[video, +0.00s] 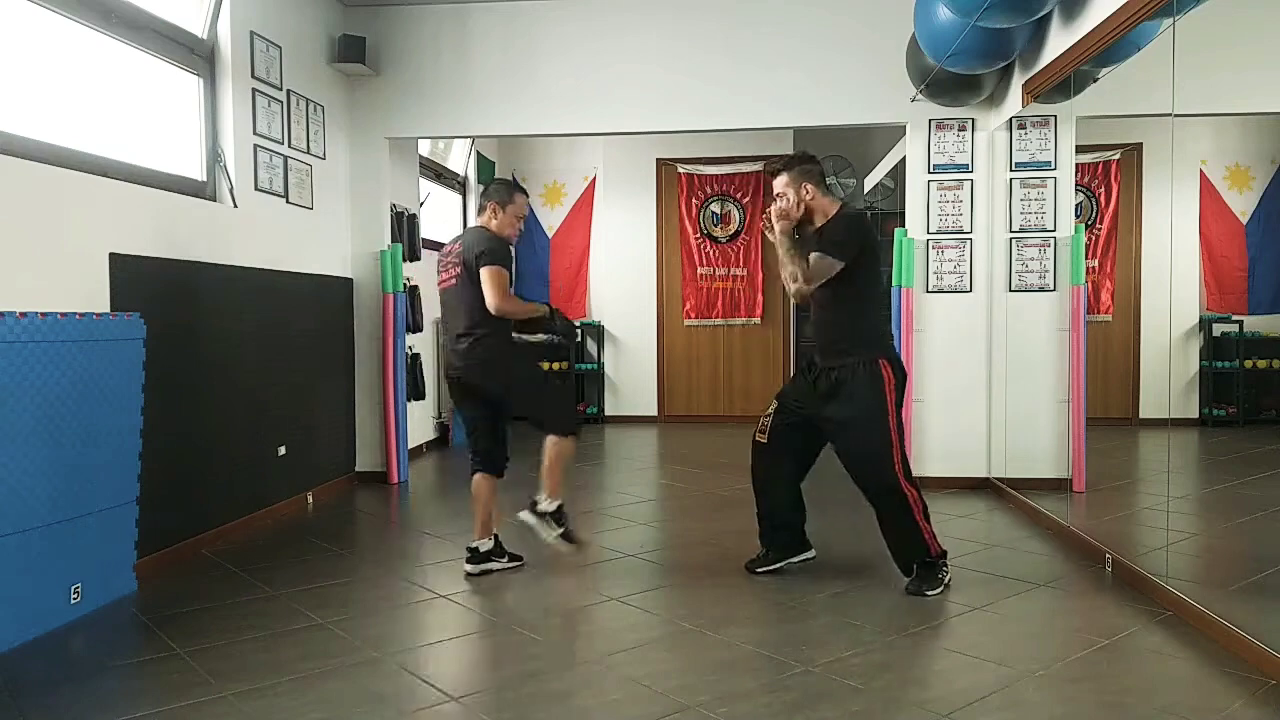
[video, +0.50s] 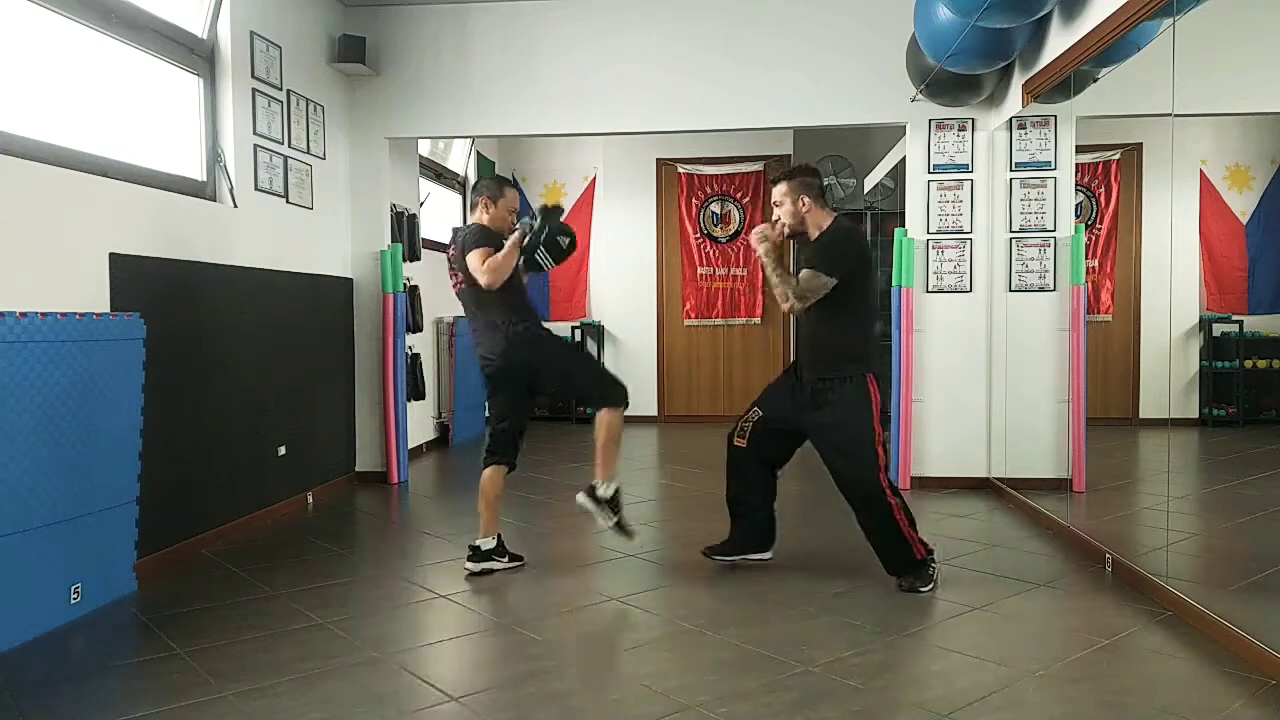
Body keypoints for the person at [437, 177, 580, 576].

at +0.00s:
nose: (520, 229)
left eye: (523, 221)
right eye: (517, 219)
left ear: (488, 213)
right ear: (492, 209)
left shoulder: (456, 246)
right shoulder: (488, 242)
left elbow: (472, 309)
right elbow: (498, 302)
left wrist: (528, 316)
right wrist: (542, 309)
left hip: (460, 366)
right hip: (491, 361)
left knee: (487, 455)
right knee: (563, 415)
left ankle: (483, 547)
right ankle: (549, 505)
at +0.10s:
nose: (516, 225)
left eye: (517, 217)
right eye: (512, 216)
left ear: (483, 211)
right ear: (488, 208)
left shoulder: (461, 243)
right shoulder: (482, 239)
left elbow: (485, 304)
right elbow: (499, 295)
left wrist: (536, 301)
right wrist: (545, 296)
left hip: (469, 356)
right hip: (495, 347)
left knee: (496, 449)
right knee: (594, 360)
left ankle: (484, 547)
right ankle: (632, 440)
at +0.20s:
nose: (513, 223)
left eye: (514, 216)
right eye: (508, 214)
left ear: (480, 212)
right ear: (484, 208)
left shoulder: (460, 244)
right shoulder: (477, 240)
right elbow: (502, 293)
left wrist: (542, 289)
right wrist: (547, 278)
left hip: (481, 356)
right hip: (507, 335)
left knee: (500, 448)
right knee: (604, 319)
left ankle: (485, 547)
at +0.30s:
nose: (509, 225)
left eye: (511, 217)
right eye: (504, 215)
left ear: (479, 212)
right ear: (479, 209)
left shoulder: (464, 248)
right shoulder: (471, 243)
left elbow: (498, 302)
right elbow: (499, 295)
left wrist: (546, 286)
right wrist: (549, 275)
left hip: (491, 354)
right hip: (511, 335)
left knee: (506, 449)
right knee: (609, 304)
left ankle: (487, 545)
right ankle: (688, 344)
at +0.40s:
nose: (508, 225)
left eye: (510, 217)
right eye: (504, 215)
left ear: (479, 212)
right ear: (478, 209)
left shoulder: (478, 248)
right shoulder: (465, 242)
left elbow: (500, 293)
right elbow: (478, 295)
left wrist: (538, 272)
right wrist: (523, 267)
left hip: (501, 356)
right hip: (523, 339)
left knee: (505, 452)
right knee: (621, 331)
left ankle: (486, 544)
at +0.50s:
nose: (514, 220)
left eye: (516, 214)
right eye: (511, 212)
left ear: (483, 209)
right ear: (485, 205)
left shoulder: (468, 241)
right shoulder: (476, 235)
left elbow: (511, 271)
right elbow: (487, 275)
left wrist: (540, 243)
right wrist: (520, 236)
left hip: (496, 355)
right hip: (525, 344)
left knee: (499, 450)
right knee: (612, 395)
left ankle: (486, 545)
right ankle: (604, 488)